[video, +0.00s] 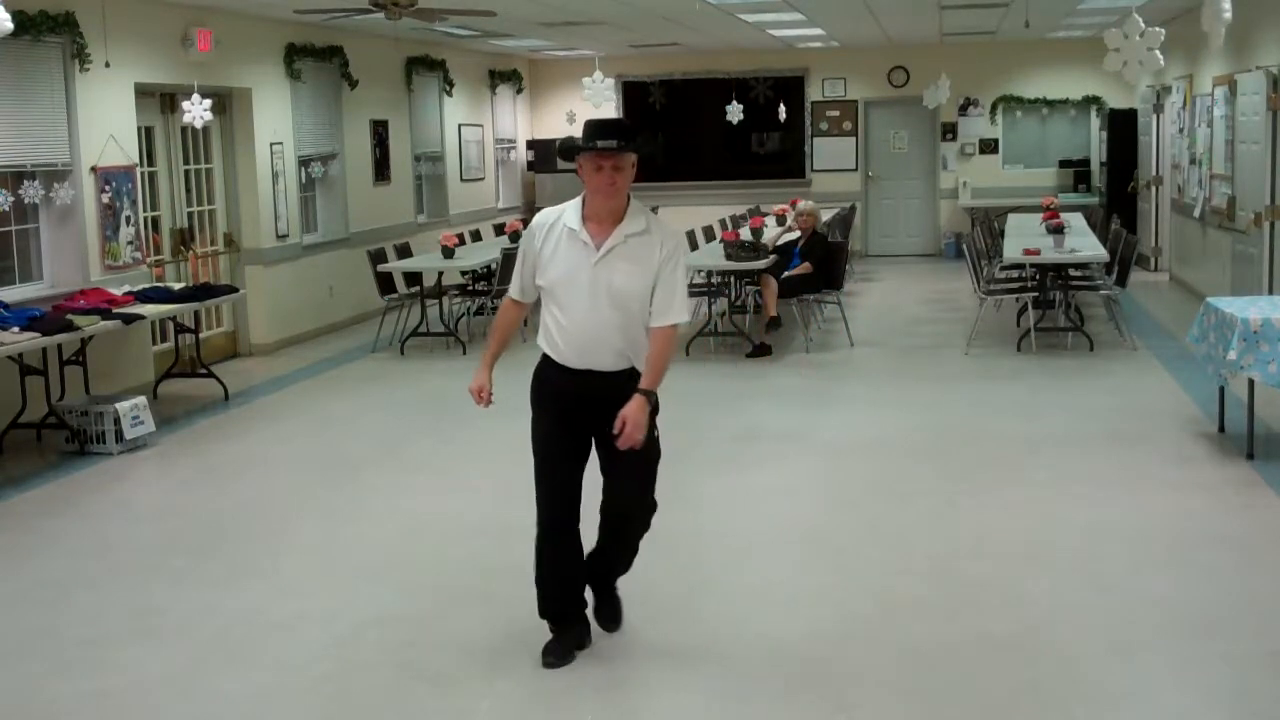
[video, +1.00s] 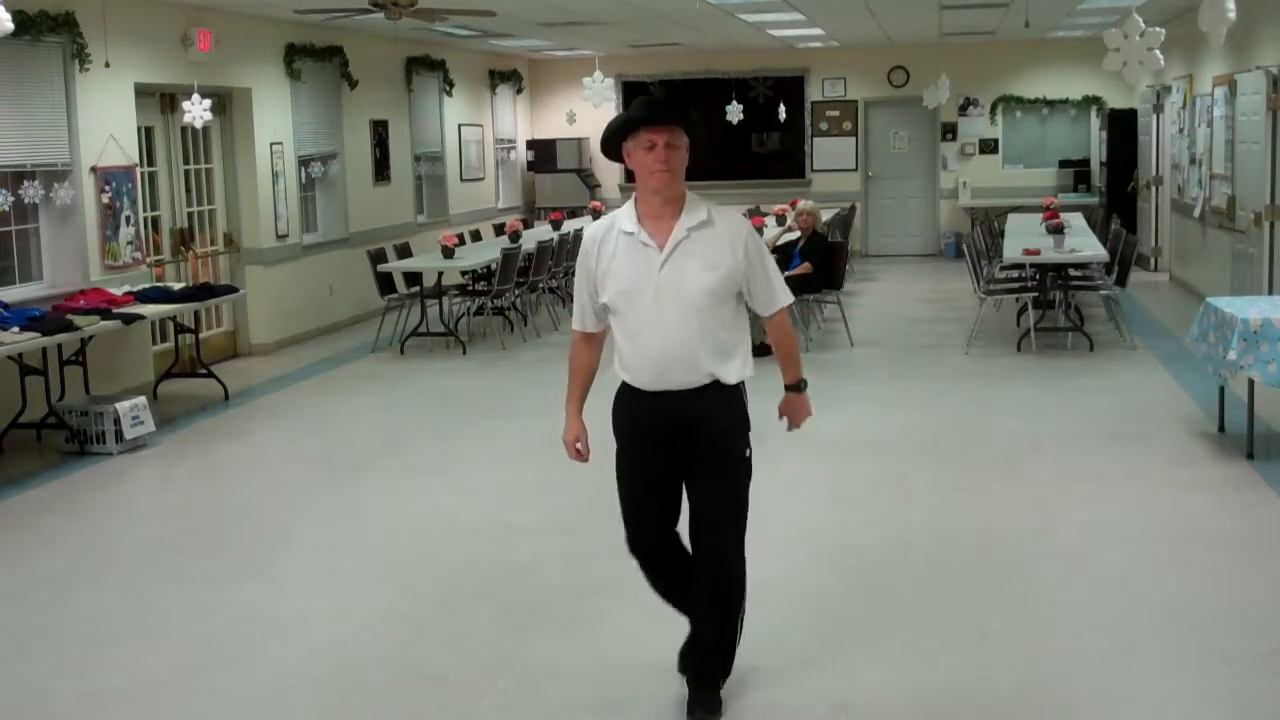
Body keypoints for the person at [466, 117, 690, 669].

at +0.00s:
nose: (608, 167)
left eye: (618, 158)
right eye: (598, 158)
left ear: (634, 167)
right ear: (580, 166)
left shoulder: (662, 238)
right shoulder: (544, 229)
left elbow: (665, 327)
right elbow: (516, 301)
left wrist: (644, 396)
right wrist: (486, 362)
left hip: (628, 389)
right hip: (559, 386)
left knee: (633, 508)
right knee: (556, 511)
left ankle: (603, 574)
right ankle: (566, 623)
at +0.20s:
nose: (612, 175)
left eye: (622, 166)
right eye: (601, 165)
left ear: (638, 175)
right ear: (582, 173)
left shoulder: (664, 247)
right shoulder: (549, 237)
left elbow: (664, 340)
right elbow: (522, 307)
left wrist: (618, 394)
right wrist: (491, 363)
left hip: (631, 397)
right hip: (558, 393)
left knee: (636, 527)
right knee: (556, 520)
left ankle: (654, 656)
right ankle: (568, 626)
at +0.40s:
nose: (628, 165)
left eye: (639, 156)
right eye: (616, 155)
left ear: (655, 166)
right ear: (597, 164)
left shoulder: (677, 242)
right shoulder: (575, 229)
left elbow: (675, 343)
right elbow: (560, 306)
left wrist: (651, 423)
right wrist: (533, 359)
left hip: (648, 398)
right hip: (584, 392)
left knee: (657, 540)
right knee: (577, 516)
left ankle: (659, 667)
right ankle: (586, 620)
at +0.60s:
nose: (642, 162)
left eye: (653, 152)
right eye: (631, 152)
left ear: (672, 161)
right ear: (614, 163)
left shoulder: (699, 240)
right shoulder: (595, 228)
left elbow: (728, 338)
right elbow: (584, 310)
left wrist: (736, 428)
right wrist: (567, 374)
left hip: (671, 401)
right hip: (607, 396)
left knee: (664, 536)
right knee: (619, 523)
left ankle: (658, 665)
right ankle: (704, 599)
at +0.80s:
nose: (658, 175)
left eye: (667, 165)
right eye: (644, 165)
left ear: (682, 174)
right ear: (623, 175)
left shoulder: (718, 251)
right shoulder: (599, 249)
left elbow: (770, 335)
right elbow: (588, 337)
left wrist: (798, 417)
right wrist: (577, 410)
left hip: (704, 411)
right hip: (635, 414)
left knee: (695, 539)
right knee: (691, 535)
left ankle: (696, 667)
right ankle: (741, 630)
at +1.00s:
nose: (660, 155)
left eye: (670, 145)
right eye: (647, 147)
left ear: (687, 157)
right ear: (626, 161)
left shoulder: (731, 229)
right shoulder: (600, 239)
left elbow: (774, 311)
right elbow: (587, 333)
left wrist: (795, 385)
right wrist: (573, 410)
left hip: (716, 407)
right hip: (639, 411)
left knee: (717, 552)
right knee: (648, 540)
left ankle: (705, 686)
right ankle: (707, 612)